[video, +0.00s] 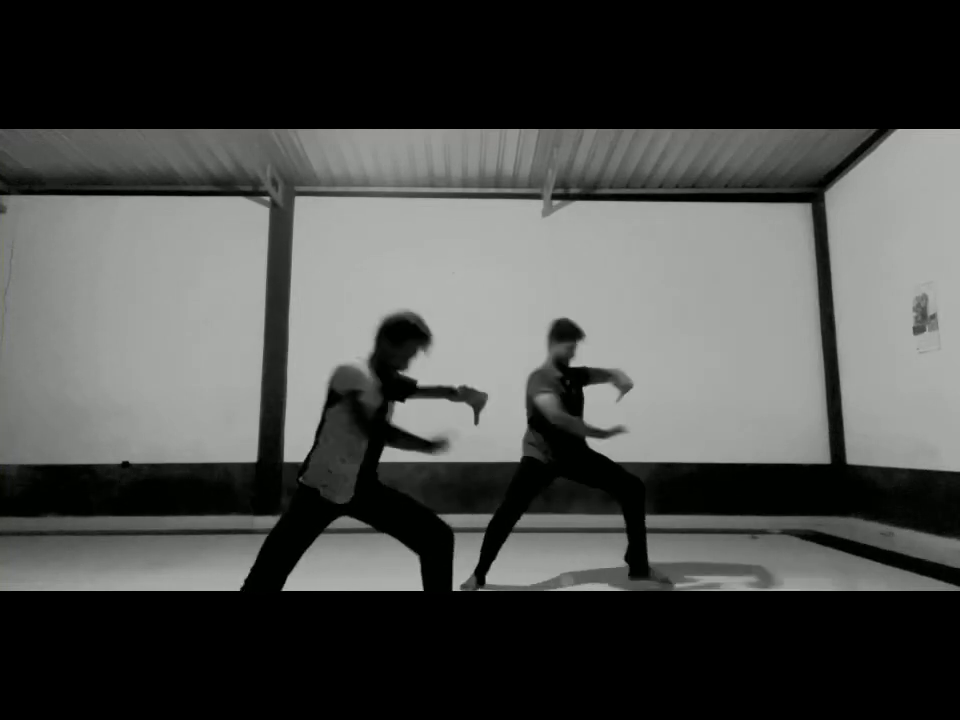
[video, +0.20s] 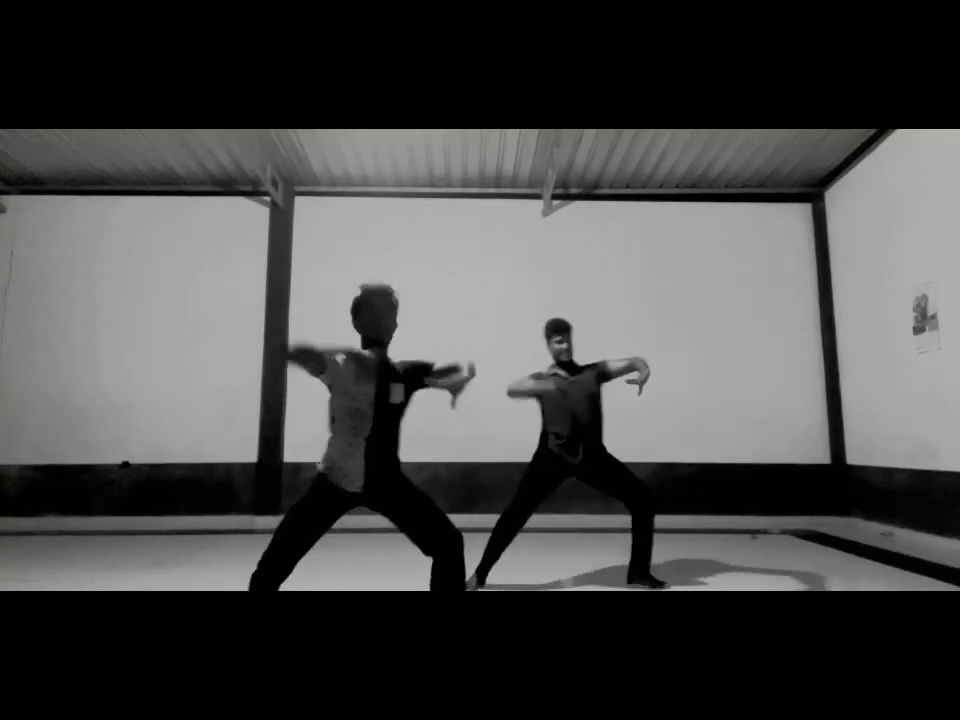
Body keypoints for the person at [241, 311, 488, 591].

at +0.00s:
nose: (409, 361)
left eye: (413, 354)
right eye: (407, 352)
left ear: (401, 350)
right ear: (387, 345)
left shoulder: (388, 385)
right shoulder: (350, 375)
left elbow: (413, 390)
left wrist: (456, 394)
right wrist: (428, 447)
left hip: (362, 490)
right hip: (320, 491)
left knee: (436, 538)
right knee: (269, 571)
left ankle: (441, 599)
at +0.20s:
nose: (393, 323)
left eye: (393, 314)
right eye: (386, 314)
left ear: (392, 322)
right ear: (360, 320)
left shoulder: (405, 375)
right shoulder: (342, 367)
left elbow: (456, 374)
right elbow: (305, 357)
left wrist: (457, 377)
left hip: (386, 484)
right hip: (336, 483)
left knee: (448, 544)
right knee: (274, 565)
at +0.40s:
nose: (382, 318)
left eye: (390, 310)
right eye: (374, 312)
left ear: (406, 318)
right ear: (365, 320)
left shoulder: (422, 368)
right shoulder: (355, 370)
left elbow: (472, 365)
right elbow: (301, 357)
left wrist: (471, 385)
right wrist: (284, 357)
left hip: (408, 481)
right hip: (358, 479)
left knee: (460, 549)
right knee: (283, 538)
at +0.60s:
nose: (385, 332)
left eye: (393, 324)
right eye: (377, 324)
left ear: (410, 326)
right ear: (369, 327)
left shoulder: (424, 383)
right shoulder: (351, 378)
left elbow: (464, 408)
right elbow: (294, 374)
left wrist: (465, 418)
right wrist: (254, 385)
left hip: (407, 491)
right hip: (354, 489)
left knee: (462, 556)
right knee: (277, 544)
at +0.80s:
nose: (366, 339)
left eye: (374, 332)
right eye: (367, 331)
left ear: (397, 341)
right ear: (369, 337)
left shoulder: (417, 391)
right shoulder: (349, 385)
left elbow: (437, 417)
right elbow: (287, 380)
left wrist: (396, 412)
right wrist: (243, 400)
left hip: (398, 498)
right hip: (346, 494)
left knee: (455, 557)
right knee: (261, 530)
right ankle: (248, 594)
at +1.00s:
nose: (330, 335)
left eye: (338, 328)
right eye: (330, 328)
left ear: (357, 334)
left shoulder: (367, 375)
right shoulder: (320, 384)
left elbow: (328, 350)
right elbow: (272, 380)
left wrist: (290, 326)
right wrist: (234, 399)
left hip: (372, 497)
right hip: (328, 496)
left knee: (420, 579)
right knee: (246, 542)